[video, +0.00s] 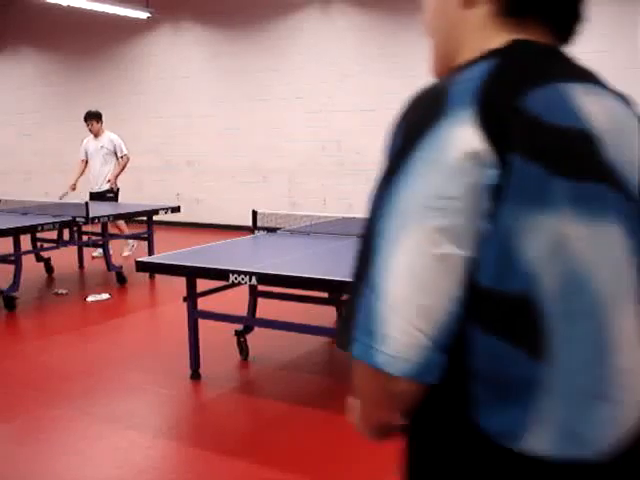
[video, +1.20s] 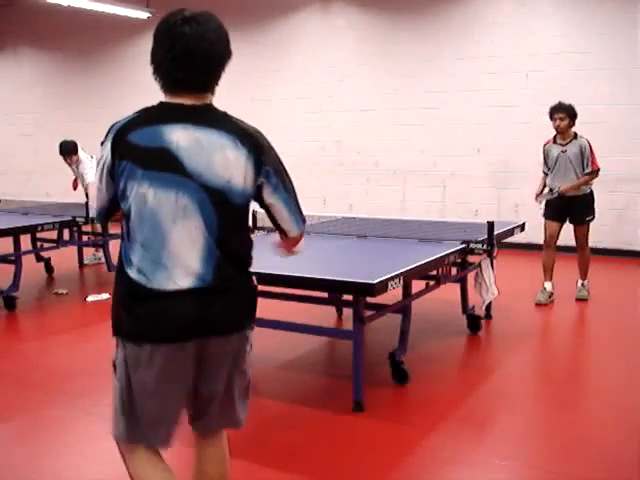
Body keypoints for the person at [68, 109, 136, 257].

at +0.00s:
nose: (89, 128)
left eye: (91, 125)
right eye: (87, 125)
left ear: (99, 123)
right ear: (87, 125)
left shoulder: (112, 139)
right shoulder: (87, 142)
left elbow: (124, 158)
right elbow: (83, 162)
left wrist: (114, 176)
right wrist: (75, 181)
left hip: (109, 187)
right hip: (94, 189)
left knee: (114, 217)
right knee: (101, 220)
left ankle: (129, 240)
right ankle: (103, 245)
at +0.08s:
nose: (88, 128)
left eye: (90, 125)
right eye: (86, 125)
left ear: (99, 123)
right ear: (86, 126)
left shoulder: (111, 139)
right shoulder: (86, 142)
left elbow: (123, 158)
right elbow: (82, 162)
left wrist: (113, 177)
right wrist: (72, 180)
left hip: (108, 187)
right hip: (93, 189)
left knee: (112, 217)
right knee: (99, 220)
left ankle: (126, 242)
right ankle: (102, 245)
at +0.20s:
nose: (85, 130)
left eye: (87, 126)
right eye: (83, 127)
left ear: (95, 124)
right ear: (81, 127)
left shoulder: (107, 140)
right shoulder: (83, 142)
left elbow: (118, 160)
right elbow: (77, 161)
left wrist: (106, 178)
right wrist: (67, 176)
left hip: (104, 188)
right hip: (90, 189)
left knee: (106, 221)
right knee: (99, 221)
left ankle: (106, 247)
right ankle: (104, 247)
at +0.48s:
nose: (75, 140)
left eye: (78, 136)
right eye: (73, 137)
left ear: (85, 133)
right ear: (71, 136)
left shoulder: (96, 148)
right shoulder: (77, 146)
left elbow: (103, 170)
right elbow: (78, 166)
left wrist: (90, 186)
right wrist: (76, 184)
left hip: (101, 189)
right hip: (89, 189)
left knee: (97, 222)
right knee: (94, 222)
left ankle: (100, 251)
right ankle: (98, 250)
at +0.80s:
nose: (69, 150)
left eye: (71, 146)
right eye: (67, 147)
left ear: (78, 142)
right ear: (65, 145)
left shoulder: (88, 155)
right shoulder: (76, 152)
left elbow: (87, 180)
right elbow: (80, 172)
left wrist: (74, 198)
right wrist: (84, 186)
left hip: (98, 188)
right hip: (91, 187)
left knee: (95, 218)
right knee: (91, 217)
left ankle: (98, 252)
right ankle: (95, 252)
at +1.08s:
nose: (69, 157)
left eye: (71, 153)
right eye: (67, 154)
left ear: (77, 150)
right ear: (64, 153)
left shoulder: (87, 160)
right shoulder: (72, 157)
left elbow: (88, 184)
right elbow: (76, 169)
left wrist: (72, 199)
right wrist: (75, 180)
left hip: (98, 192)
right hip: (88, 192)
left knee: (97, 222)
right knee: (93, 222)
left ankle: (100, 252)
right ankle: (97, 251)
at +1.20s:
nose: (68, 161)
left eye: (70, 157)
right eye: (65, 158)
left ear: (76, 154)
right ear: (63, 157)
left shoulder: (85, 165)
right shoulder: (69, 160)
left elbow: (91, 187)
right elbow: (76, 169)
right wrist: (76, 177)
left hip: (98, 187)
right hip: (89, 187)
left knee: (96, 220)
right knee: (93, 219)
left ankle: (99, 252)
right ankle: (97, 251)